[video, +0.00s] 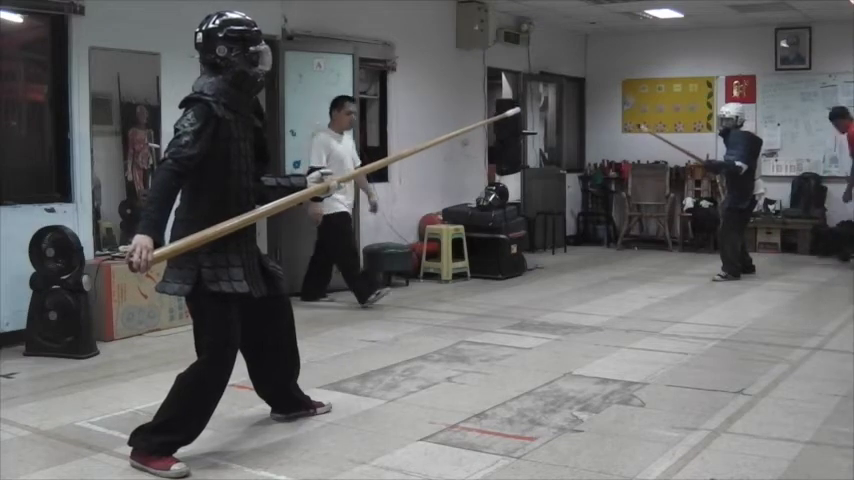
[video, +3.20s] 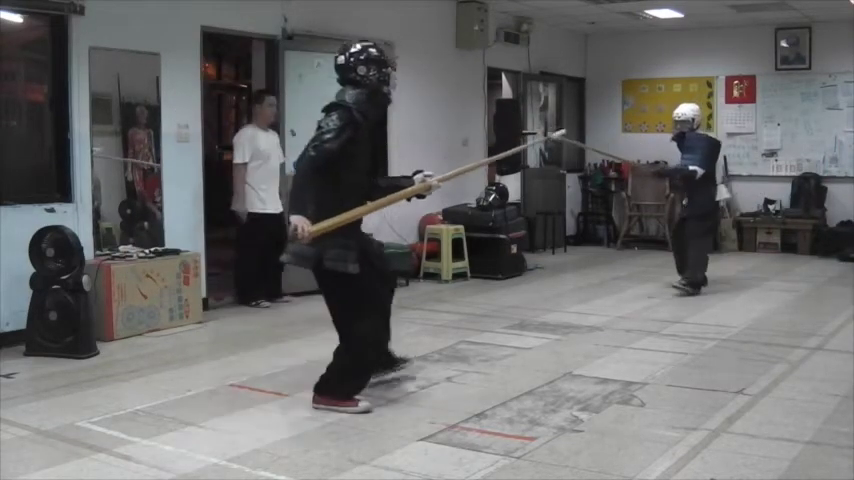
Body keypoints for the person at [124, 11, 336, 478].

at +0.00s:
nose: (257, 56)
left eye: (257, 48)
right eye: (246, 48)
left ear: (253, 52)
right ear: (218, 52)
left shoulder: (245, 106)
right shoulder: (207, 104)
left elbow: (250, 184)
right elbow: (171, 168)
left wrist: (303, 185)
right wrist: (147, 232)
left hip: (238, 242)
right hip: (205, 245)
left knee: (272, 314)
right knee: (218, 355)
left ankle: (286, 399)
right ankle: (152, 446)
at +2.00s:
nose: (253, 57)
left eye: (253, 49)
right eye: (242, 49)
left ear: (245, 54)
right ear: (213, 53)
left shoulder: (239, 108)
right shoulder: (200, 106)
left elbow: (246, 184)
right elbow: (165, 168)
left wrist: (300, 184)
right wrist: (144, 232)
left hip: (237, 245)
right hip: (203, 249)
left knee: (271, 315)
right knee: (216, 356)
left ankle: (286, 399)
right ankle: (152, 446)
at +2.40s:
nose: (291, 75)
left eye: (290, 67)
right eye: (281, 67)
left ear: (273, 72)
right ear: (258, 71)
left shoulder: (275, 119)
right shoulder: (244, 117)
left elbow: (274, 193)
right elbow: (209, 169)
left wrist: (327, 194)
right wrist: (184, 229)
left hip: (268, 245)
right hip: (235, 248)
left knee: (296, 307)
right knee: (223, 352)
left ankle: (311, 384)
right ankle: (158, 439)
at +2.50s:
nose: (311, 79)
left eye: (310, 71)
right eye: (303, 71)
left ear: (288, 75)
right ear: (282, 74)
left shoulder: (292, 120)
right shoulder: (263, 117)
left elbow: (293, 189)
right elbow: (229, 165)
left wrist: (345, 187)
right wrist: (208, 219)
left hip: (288, 241)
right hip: (259, 243)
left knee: (308, 307)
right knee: (251, 332)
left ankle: (311, 382)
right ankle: (187, 410)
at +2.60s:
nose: (326, 68)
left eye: (326, 60)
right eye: (318, 61)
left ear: (316, 64)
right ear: (296, 63)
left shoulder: (309, 109)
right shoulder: (283, 104)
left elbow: (310, 180)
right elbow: (246, 154)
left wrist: (361, 182)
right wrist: (227, 209)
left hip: (304, 226)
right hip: (272, 227)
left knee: (319, 300)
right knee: (283, 319)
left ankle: (313, 384)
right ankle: (230, 407)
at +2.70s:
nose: (339, 67)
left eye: (339, 59)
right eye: (331, 60)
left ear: (319, 64)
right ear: (310, 62)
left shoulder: (319, 109)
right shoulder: (294, 105)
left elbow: (320, 178)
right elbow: (258, 151)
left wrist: (372, 177)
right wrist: (240, 203)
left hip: (300, 226)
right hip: (275, 227)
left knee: (326, 297)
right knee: (302, 306)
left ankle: (315, 383)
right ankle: (280, 400)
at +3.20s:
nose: (387, 76)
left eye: (386, 69)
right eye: (379, 69)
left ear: (362, 73)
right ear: (360, 72)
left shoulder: (369, 113)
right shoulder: (345, 111)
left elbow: (367, 186)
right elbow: (308, 162)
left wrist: (410, 184)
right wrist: (299, 212)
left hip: (348, 228)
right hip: (328, 230)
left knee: (381, 281)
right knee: (362, 314)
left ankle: (376, 355)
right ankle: (332, 392)